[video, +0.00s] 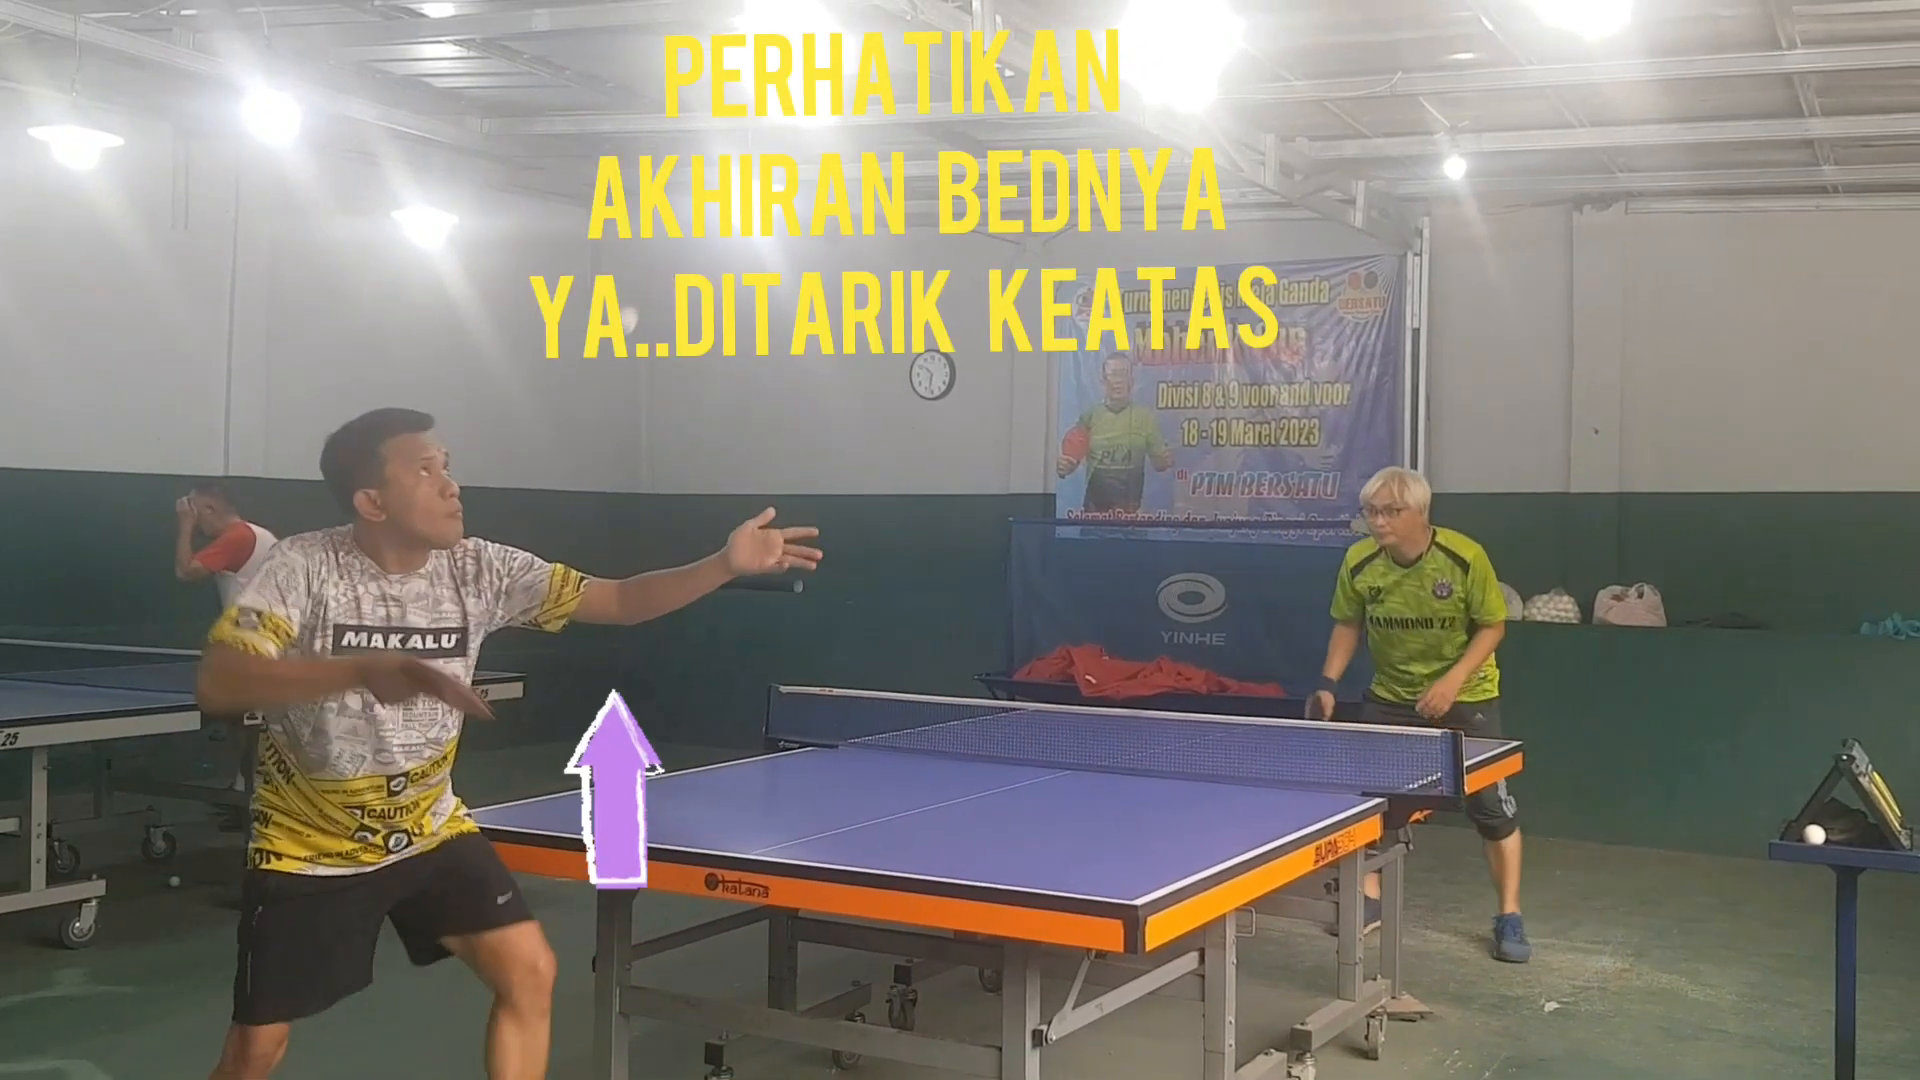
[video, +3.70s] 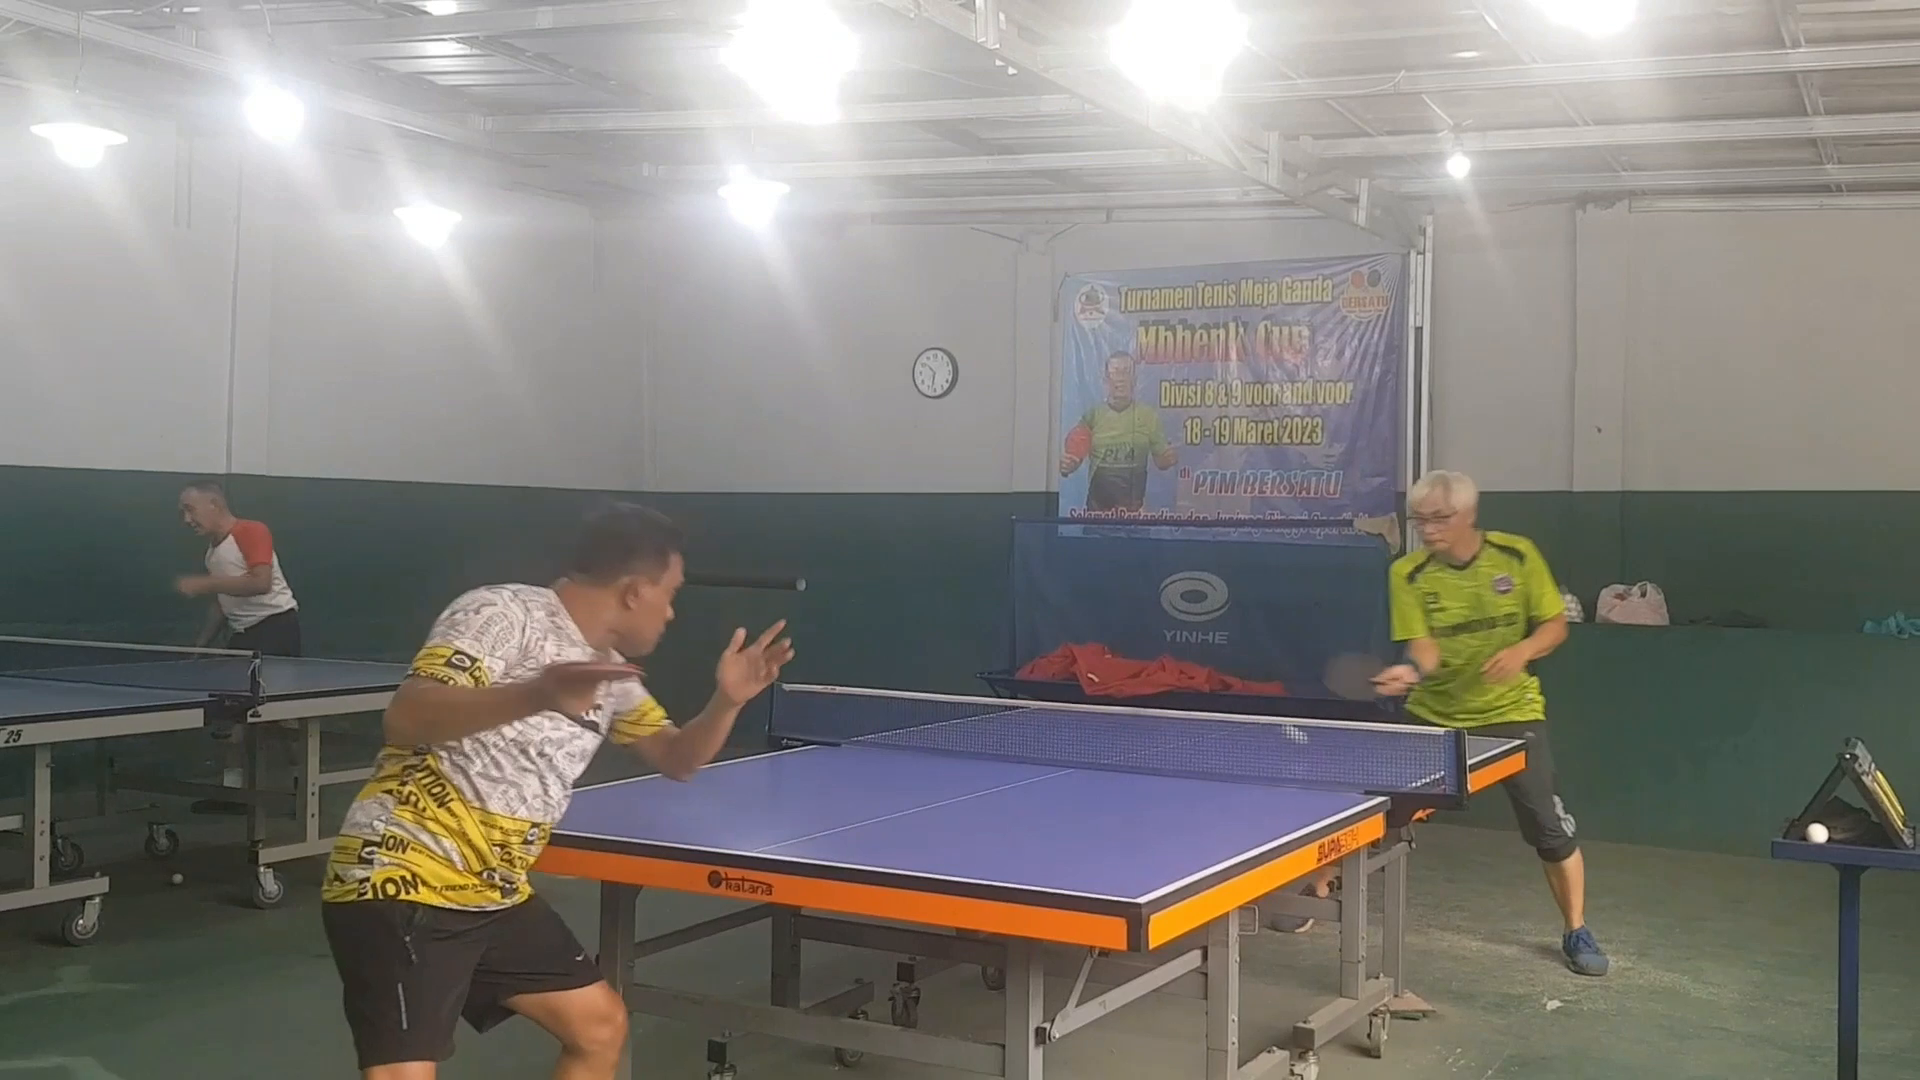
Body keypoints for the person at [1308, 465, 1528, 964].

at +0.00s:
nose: (1375, 521)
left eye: (1386, 511)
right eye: (1370, 512)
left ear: (1418, 514)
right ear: (1367, 516)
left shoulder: (1465, 558)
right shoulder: (1357, 564)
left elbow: (1492, 625)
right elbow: (1346, 624)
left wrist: (1452, 681)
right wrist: (1328, 683)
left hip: (1466, 698)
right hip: (1390, 697)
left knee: (1492, 803)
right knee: (1365, 794)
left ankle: (1509, 915)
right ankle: (1368, 897)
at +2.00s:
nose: (1347, 529)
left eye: (1358, 519)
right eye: (1342, 519)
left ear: (1387, 519)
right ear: (1337, 522)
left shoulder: (1434, 564)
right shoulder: (1330, 572)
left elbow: (1470, 632)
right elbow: (1317, 638)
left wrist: (1439, 676)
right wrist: (1289, 674)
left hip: (1441, 705)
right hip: (1365, 706)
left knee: (1485, 801)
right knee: (1318, 785)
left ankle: (1535, 911)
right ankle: (1311, 896)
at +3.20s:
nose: (1390, 530)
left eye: (1401, 519)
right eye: (1384, 521)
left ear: (1431, 518)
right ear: (1379, 524)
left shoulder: (1482, 561)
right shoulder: (1376, 574)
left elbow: (1519, 633)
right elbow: (1375, 649)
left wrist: (1480, 664)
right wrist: (1348, 671)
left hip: (1482, 718)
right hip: (1402, 718)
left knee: (1524, 814)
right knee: (1339, 789)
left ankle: (1575, 928)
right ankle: (1314, 894)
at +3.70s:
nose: (1428, 529)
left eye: (1439, 519)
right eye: (1421, 519)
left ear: (1468, 516)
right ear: (1414, 520)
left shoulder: (1518, 555)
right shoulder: (1407, 573)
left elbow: (1556, 626)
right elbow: (1424, 648)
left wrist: (1521, 652)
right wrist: (1411, 668)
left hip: (1511, 710)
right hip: (1433, 711)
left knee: (1546, 821)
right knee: (1366, 796)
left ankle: (1577, 931)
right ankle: (1318, 889)